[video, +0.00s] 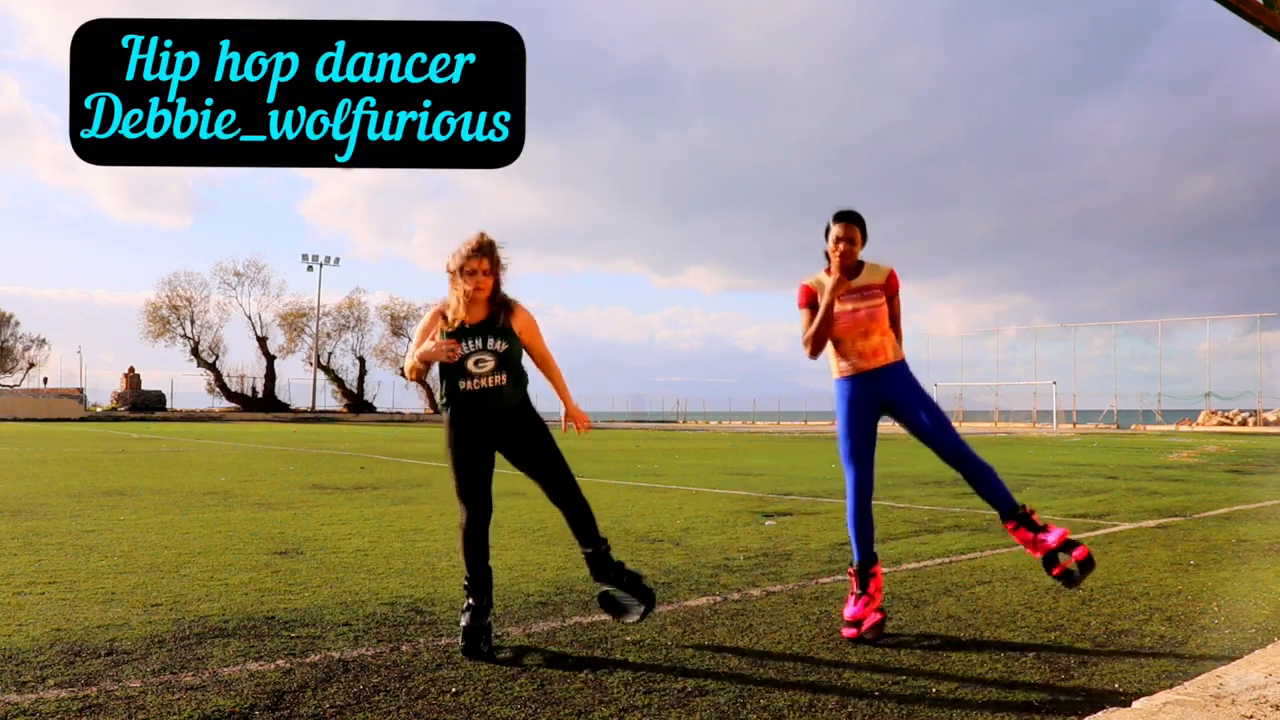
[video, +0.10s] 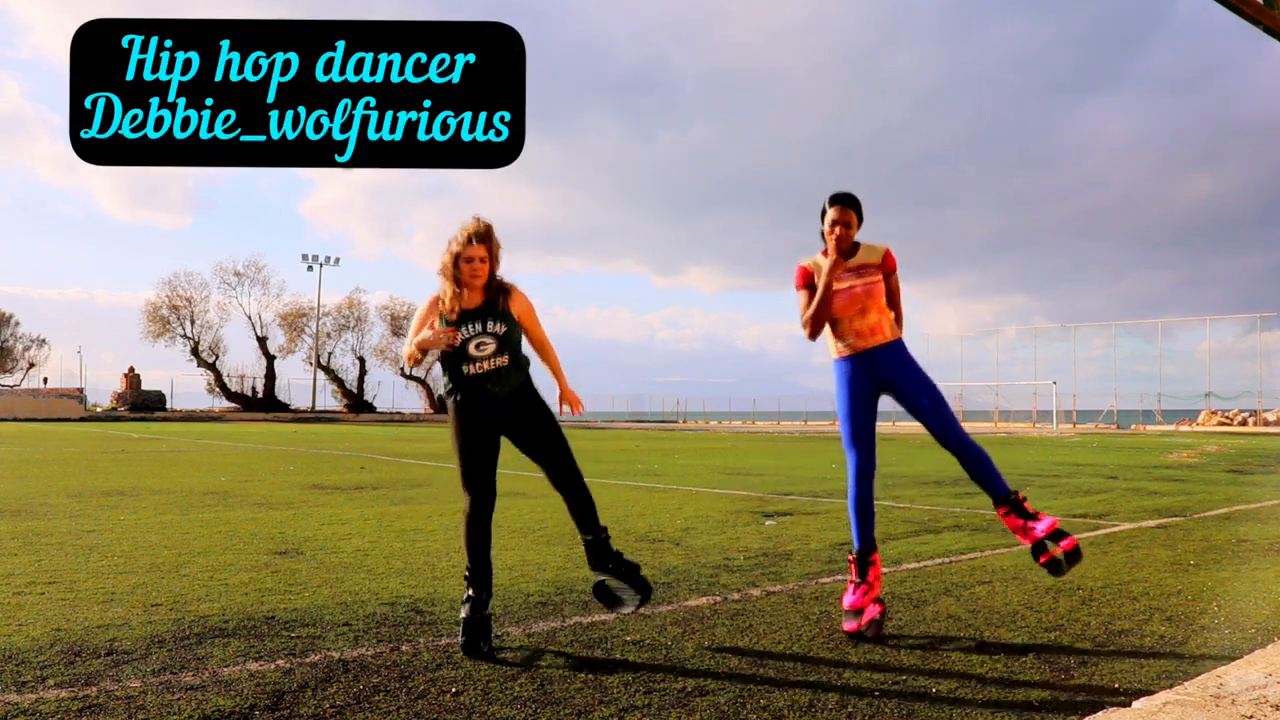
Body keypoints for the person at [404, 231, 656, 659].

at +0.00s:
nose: (479, 281)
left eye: (486, 273)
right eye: (470, 273)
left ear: (496, 276)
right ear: (455, 275)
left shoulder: (514, 315)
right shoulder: (438, 319)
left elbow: (544, 360)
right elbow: (411, 371)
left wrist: (568, 402)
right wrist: (425, 354)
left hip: (515, 418)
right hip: (466, 425)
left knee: (564, 488)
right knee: (475, 513)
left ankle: (604, 567)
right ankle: (477, 606)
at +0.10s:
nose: (478, 268)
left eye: (484, 261)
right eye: (469, 260)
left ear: (493, 262)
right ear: (453, 262)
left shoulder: (510, 298)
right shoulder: (436, 305)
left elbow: (540, 342)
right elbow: (410, 354)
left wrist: (562, 384)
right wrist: (427, 342)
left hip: (521, 402)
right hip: (472, 411)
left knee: (568, 477)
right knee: (479, 501)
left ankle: (602, 558)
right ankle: (477, 597)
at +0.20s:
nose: (478, 259)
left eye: (485, 252)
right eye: (470, 252)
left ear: (495, 254)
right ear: (454, 257)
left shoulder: (514, 288)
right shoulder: (438, 299)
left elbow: (545, 329)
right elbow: (411, 353)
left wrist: (572, 368)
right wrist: (426, 334)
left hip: (524, 388)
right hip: (476, 398)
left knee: (564, 470)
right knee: (483, 492)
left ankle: (599, 551)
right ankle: (487, 585)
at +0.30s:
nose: (478, 267)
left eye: (485, 260)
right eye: (470, 261)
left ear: (497, 264)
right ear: (457, 267)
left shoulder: (519, 302)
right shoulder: (440, 312)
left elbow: (553, 348)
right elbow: (420, 370)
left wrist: (581, 386)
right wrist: (434, 350)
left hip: (526, 406)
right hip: (477, 416)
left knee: (564, 484)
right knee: (489, 505)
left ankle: (596, 566)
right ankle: (498, 600)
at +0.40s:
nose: (483, 280)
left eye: (490, 274)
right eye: (475, 274)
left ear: (501, 280)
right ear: (463, 280)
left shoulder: (520, 319)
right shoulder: (448, 325)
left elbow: (549, 372)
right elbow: (433, 385)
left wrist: (558, 413)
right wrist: (447, 381)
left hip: (526, 425)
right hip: (478, 431)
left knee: (563, 506)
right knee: (490, 518)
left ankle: (579, 586)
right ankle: (500, 609)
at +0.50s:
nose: (491, 274)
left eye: (499, 267)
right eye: (484, 267)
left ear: (510, 273)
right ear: (471, 271)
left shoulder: (526, 310)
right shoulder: (455, 311)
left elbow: (560, 359)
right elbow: (431, 365)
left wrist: (538, 368)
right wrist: (447, 378)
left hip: (524, 414)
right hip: (477, 418)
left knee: (554, 499)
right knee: (490, 511)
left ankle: (560, 585)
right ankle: (497, 606)